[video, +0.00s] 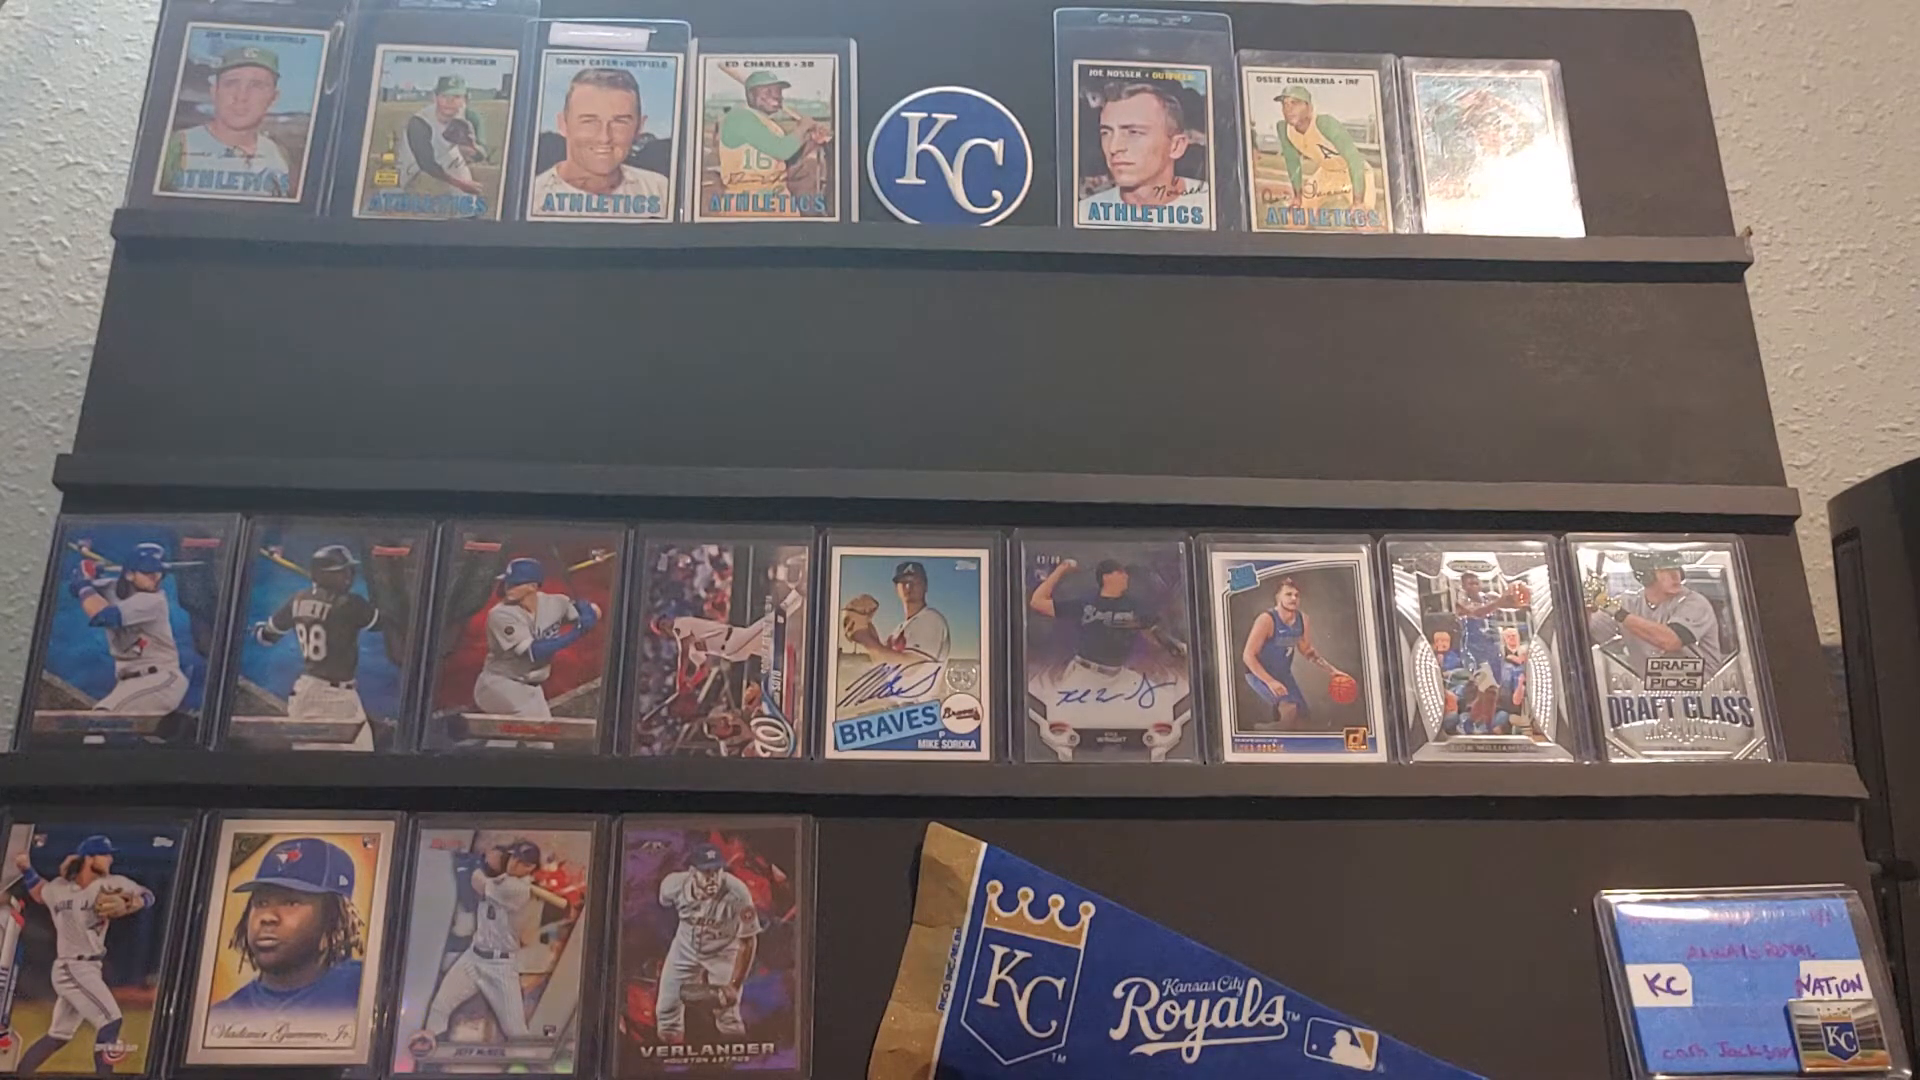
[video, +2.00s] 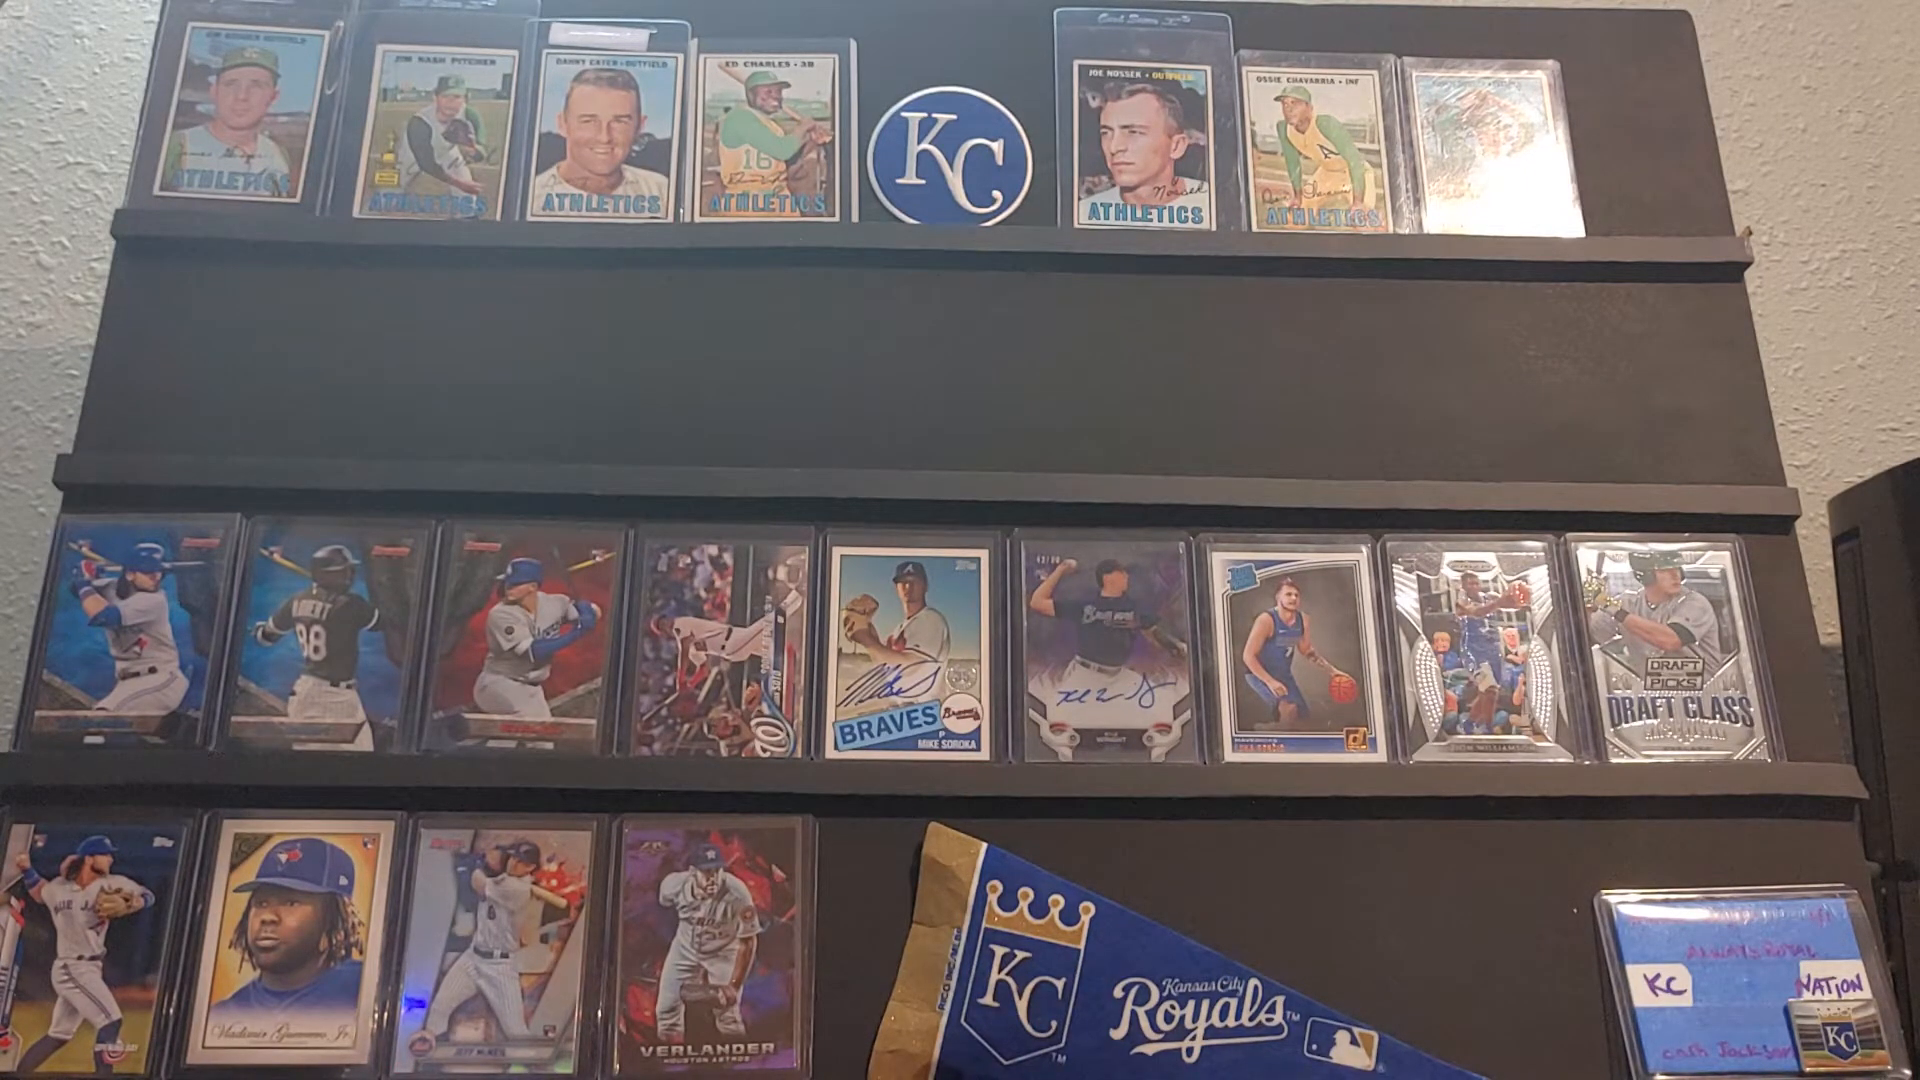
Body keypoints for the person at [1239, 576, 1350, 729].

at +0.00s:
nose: (1294, 599)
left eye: (1296, 595)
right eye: (1288, 595)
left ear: (1299, 598)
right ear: (1278, 598)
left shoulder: (1302, 619)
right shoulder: (1266, 620)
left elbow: (1307, 650)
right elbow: (1248, 656)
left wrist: (1333, 671)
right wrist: (1270, 681)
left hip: (1283, 673)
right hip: (1260, 673)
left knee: (1302, 713)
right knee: (1289, 707)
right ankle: (1282, 750)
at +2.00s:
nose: (1293, 599)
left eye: (1296, 595)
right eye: (1288, 595)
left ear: (1299, 599)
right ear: (1278, 598)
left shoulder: (1302, 619)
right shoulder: (1265, 620)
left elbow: (1307, 650)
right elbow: (1248, 656)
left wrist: (1332, 671)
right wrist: (1270, 682)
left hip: (1284, 674)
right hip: (1259, 673)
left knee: (1303, 715)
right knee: (1288, 707)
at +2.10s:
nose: (1293, 599)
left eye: (1296, 595)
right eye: (1288, 595)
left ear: (1299, 599)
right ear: (1278, 598)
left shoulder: (1302, 619)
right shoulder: (1266, 620)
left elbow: (1307, 650)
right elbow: (1248, 656)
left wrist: (1332, 671)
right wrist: (1270, 682)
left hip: (1284, 674)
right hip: (1260, 673)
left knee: (1302, 714)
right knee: (1288, 707)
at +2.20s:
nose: (1293, 599)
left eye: (1296, 595)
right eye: (1288, 595)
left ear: (1299, 599)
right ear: (1278, 598)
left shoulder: (1302, 619)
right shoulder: (1266, 620)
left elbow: (1307, 650)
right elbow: (1248, 656)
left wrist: (1332, 671)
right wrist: (1270, 682)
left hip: (1284, 674)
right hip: (1260, 673)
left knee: (1302, 714)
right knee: (1288, 707)